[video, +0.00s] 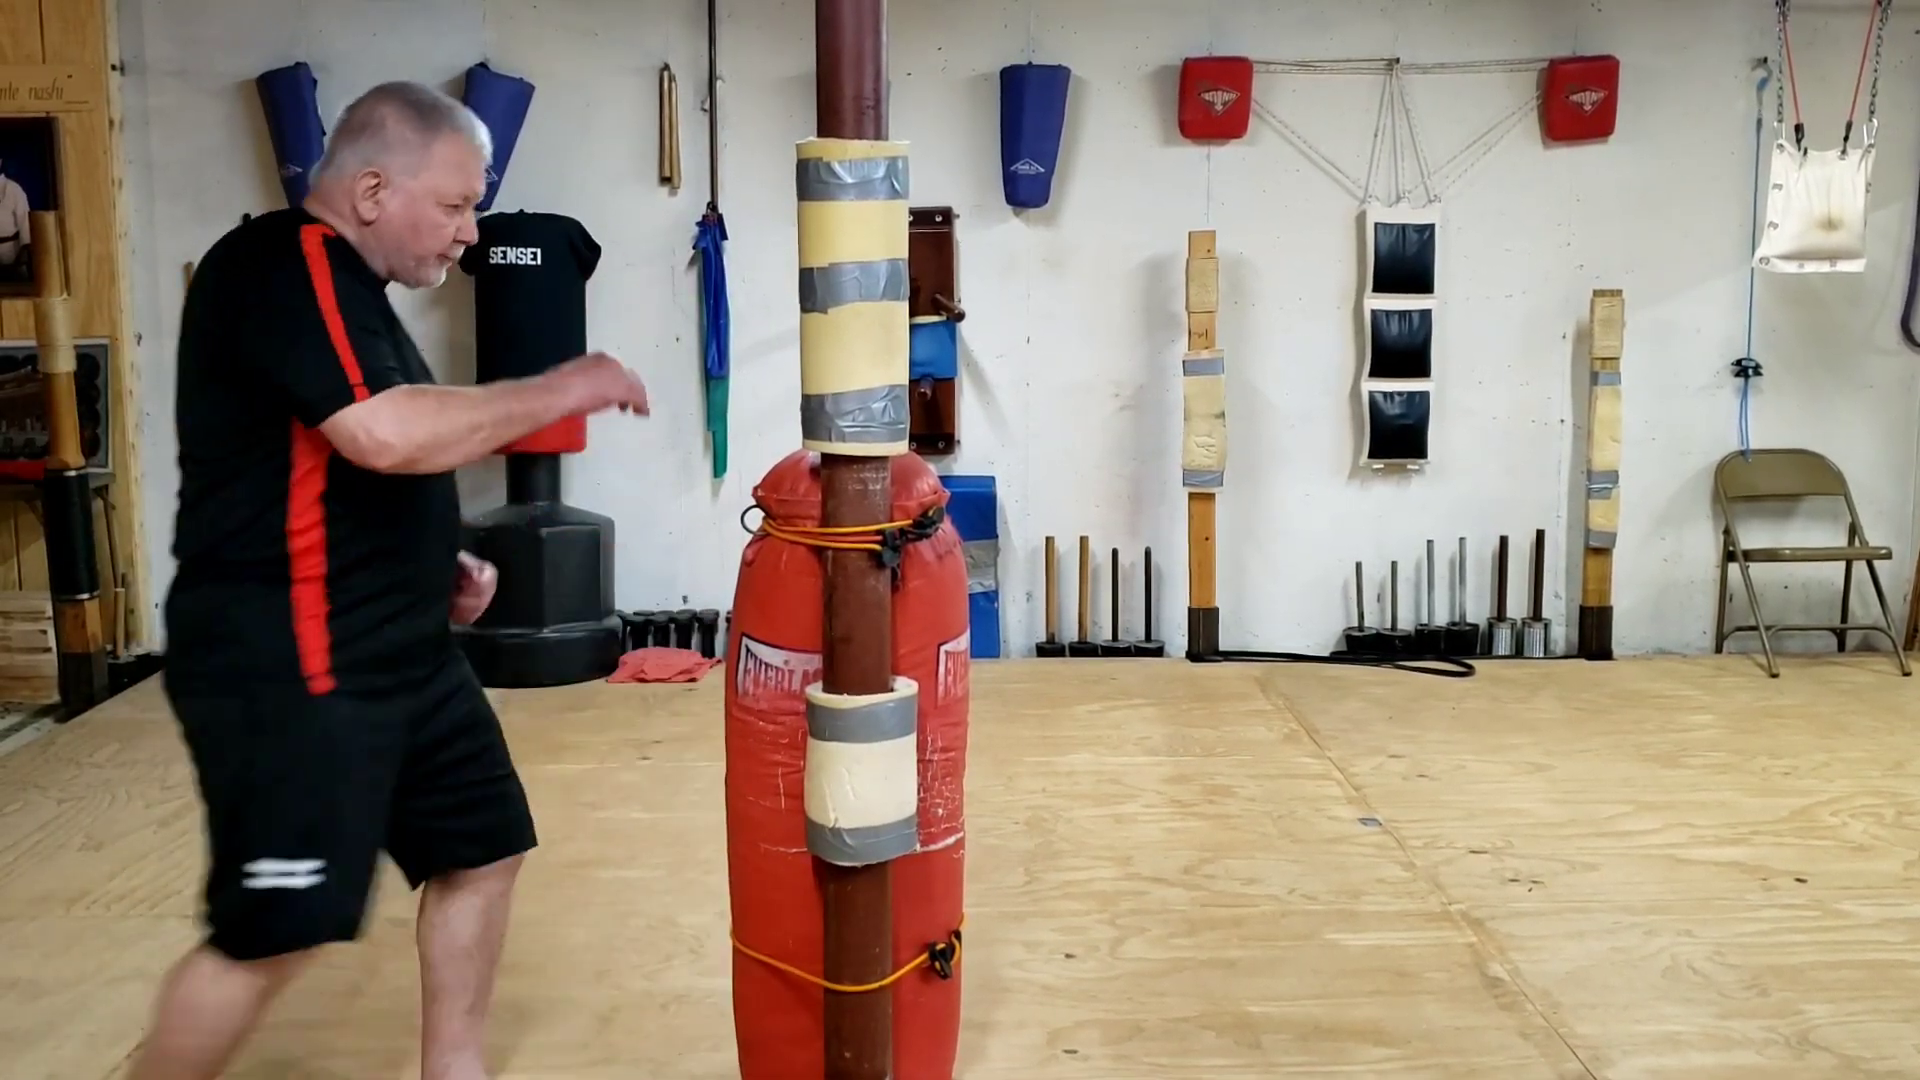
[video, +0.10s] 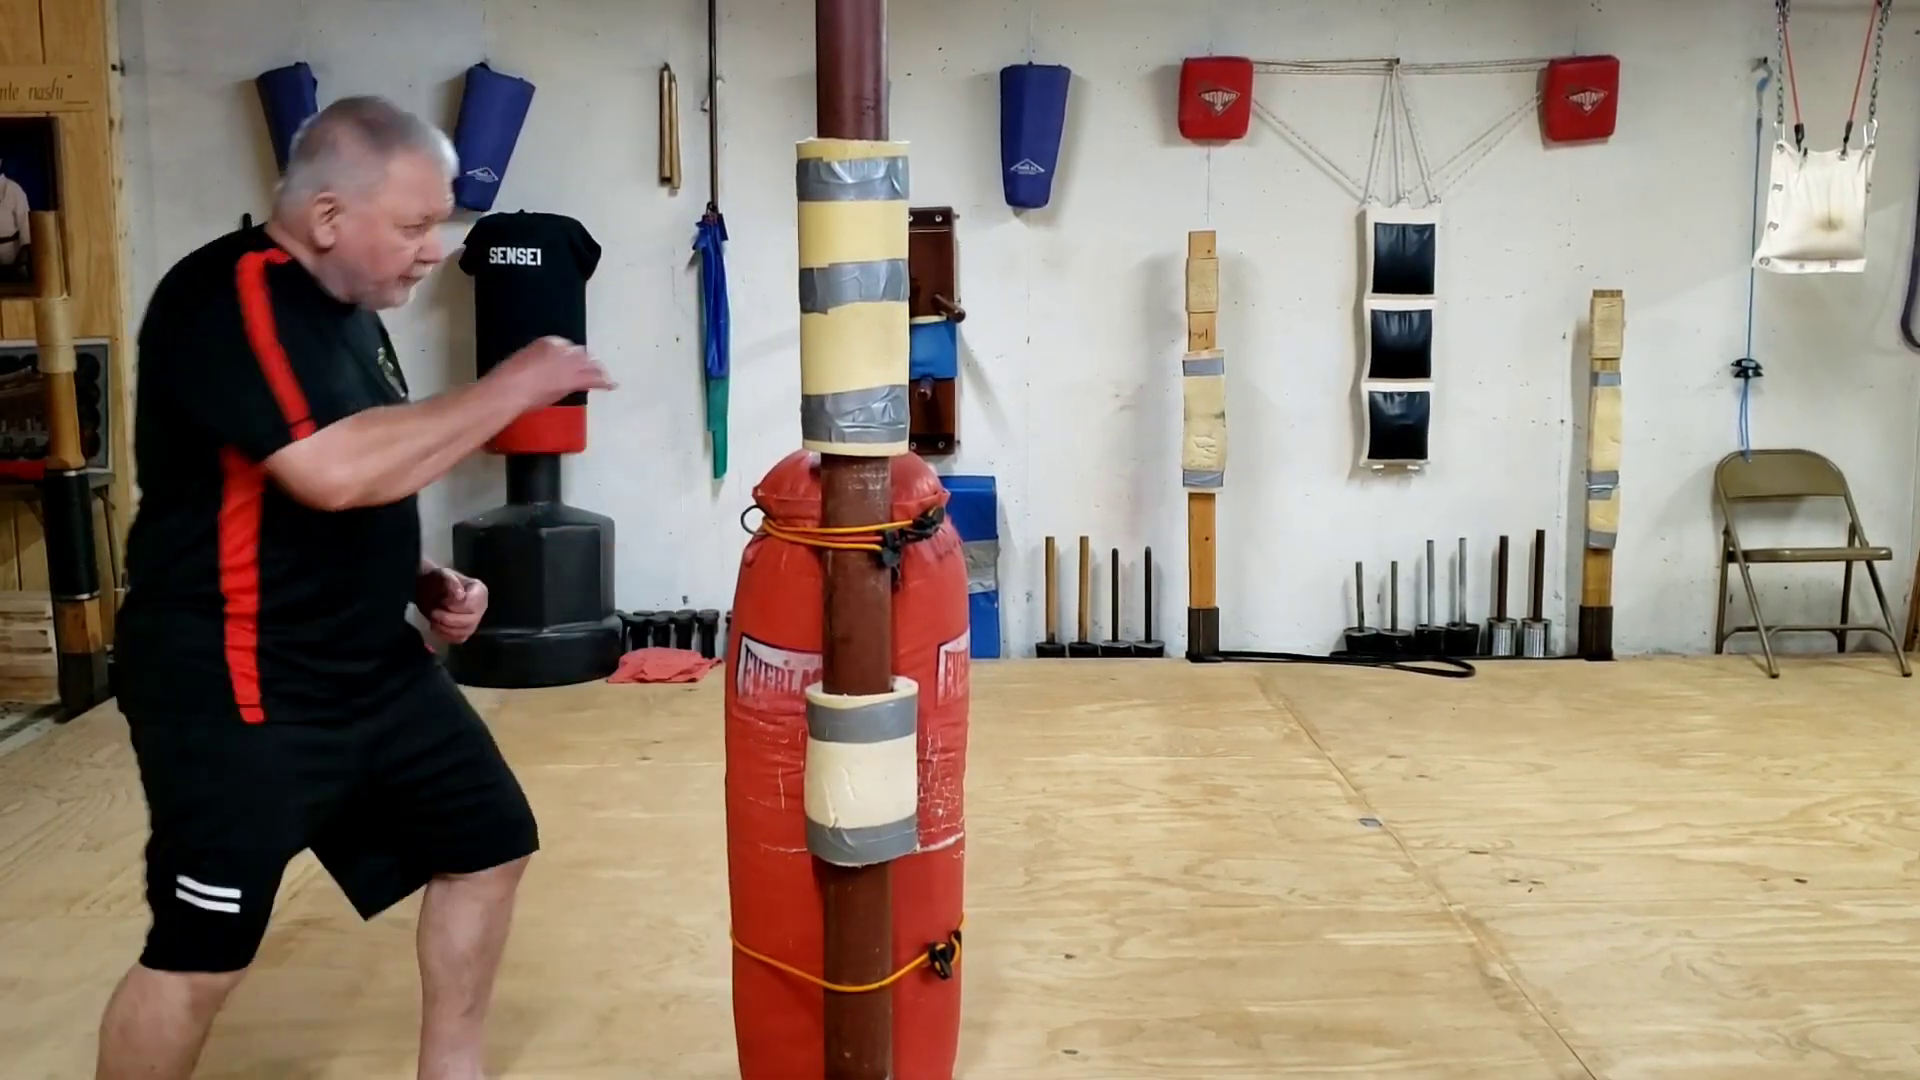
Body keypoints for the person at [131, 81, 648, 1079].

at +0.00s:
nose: (470, 234)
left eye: (472, 210)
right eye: (454, 206)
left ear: (374, 197)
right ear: (371, 193)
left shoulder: (343, 281)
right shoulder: (276, 263)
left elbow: (311, 480)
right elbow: (383, 433)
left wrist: (429, 563)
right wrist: (552, 393)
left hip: (398, 646)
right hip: (279, 658)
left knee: (481, 846)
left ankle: (453, 1069)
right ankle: (152, 1072)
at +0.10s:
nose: (432, 253)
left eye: (436, 230)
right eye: (415, 229)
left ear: (337, 222)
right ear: (329, 221)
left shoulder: (347, 310)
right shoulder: (224, 294)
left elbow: (326, 501)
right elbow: (328, 466)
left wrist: (420, 577)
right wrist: (506, 391)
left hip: (362, 658)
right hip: (228, 678)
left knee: (485, 844)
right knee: (201, 947)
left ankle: (450, 1069)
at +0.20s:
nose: (400, 248)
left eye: (404, 222)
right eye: (378, 225)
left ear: (299, 221)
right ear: (288, 220)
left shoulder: (349, 303)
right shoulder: (173, 305)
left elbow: (341, 475)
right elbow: (203, 507)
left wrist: (424, 522)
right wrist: (418, 443)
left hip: (355, 657)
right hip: (211, 685)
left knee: (477, 840)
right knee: (180, 952)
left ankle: (446, 1066)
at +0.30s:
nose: (392, 227)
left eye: (394, 201)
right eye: (371, 202)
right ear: (277, 196)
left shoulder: (356, 292)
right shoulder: (153, 289)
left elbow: (412, 443)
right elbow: (77, 491)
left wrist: (460, 413)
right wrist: (293, 529)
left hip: (361, 651)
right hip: (210, 677)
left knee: (461, 839)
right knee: (179, 937)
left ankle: (443, 1067)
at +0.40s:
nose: (397, 230)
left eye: (399, 207)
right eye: (376, 207)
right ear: (285, 203)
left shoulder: (373, 287)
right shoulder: (152, 300)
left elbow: (487, 370)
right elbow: (52, 485)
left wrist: (589, 330)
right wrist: (202, 633)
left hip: (352, 653)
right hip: (212, 676)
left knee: (456, 838)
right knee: (194, 941)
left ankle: (441, 1066)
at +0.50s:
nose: (423, 239)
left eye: (427, 216)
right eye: (407, 214)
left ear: (329, 208)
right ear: (320, 207)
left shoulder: (375, 298)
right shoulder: (190, 299)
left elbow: (485, 380)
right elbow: (76, 478)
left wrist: (582, 359)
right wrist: (257, 587)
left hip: (352, 656)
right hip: (219, 681)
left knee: (458, 830)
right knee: (197, 938)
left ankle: (443, 1067)